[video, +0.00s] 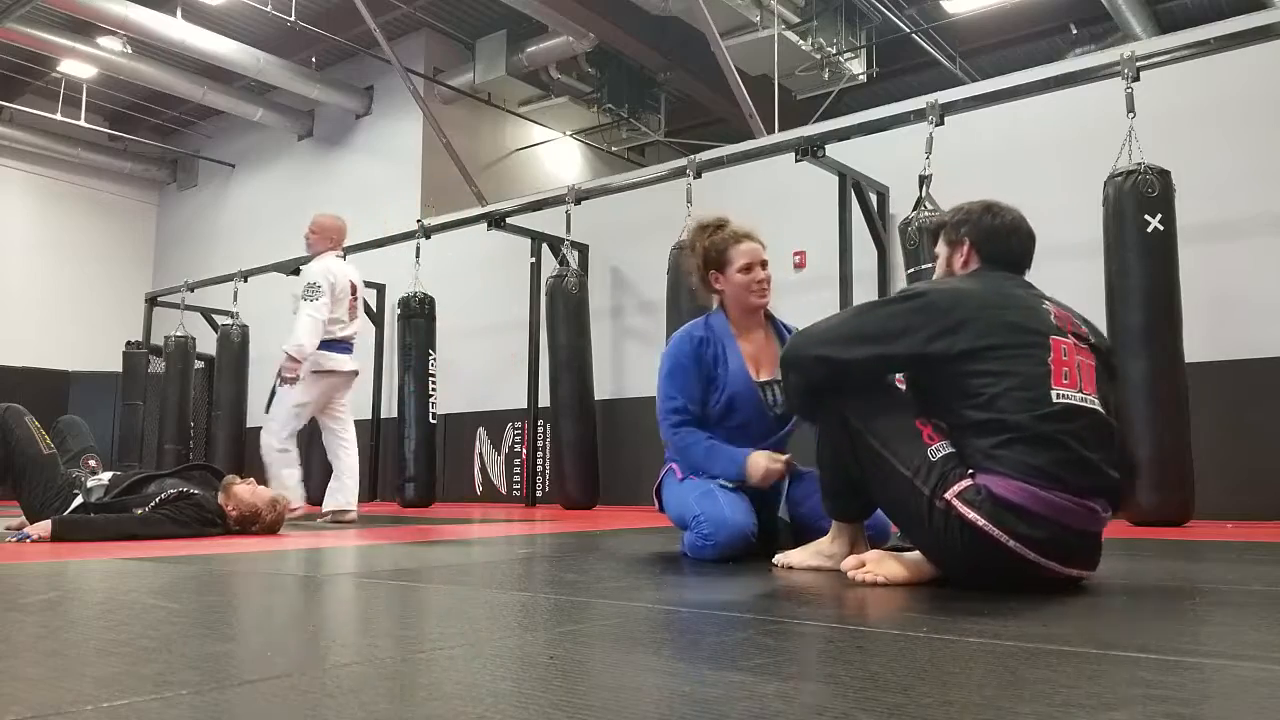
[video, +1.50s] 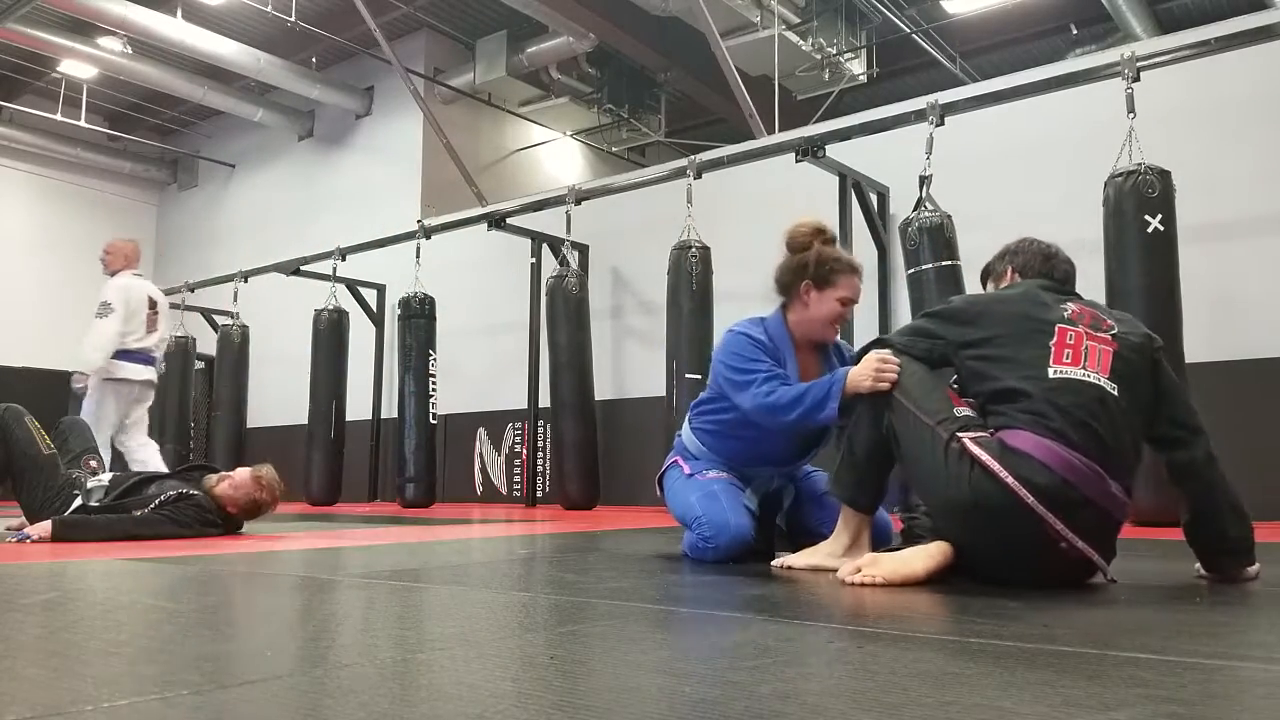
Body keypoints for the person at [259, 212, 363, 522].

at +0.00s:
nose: (306, 236)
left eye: (312, 232)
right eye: (308, 231)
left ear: (330, 240)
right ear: (335, 242)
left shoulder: (319, 270)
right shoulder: (350, 272)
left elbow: (312, 316)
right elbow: (352, 321)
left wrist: (293, 356)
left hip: (319, 363)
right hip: (344, 364)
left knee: (276, 429)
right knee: (340, 435)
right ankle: (343, 506)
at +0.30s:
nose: (257, 239)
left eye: (263, 236)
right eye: (259, 234)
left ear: (281, 244)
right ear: (285, 245)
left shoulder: (270, 276)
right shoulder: (298, 277)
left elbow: (270, 323)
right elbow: (300, 329)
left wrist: (259, 365)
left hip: (261, 362)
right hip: (291, 365)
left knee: (238, 432)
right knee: (289, 433)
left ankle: (225, 502)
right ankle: (326, 488)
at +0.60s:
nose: (217, 242)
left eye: (224, 238)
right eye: (219, 237)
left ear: (242, 244)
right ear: (245, 247)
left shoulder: (231, 272)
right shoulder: (262, 278)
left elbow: (199, 294)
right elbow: (264, 329)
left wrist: (148, 294)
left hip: (226, 361)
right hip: (251, 363)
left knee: (222, 435)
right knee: (229, 433)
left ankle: (230, 505)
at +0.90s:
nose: (185, 252)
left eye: (191, 247)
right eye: (186, 247)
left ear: (208, 253)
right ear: (211, 255)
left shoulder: (198, 279)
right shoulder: (228, 287)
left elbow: (178, 307)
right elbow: (233, 336)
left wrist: (122, 299)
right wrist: (224, 368)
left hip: (191, 369)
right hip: (215, 372)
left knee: (184, 440)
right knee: (191, 439)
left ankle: (212, 495)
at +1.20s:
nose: (149, 254)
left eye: (156, 251)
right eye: (151, 249)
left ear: (174, 257)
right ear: (178, 259)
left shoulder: (163, 283)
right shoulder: (192, 287)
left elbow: (159, 329)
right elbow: (206, 334)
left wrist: (135, 368)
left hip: (161, 372)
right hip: (187, 373)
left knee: (125, 435)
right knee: (182, 440)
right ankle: (192, 494)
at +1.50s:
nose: (102, 258)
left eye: (108, 254)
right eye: (103, 253)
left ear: (126, 257)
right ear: (130, 260)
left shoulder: (117, 286)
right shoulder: (156, 292)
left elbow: (105, 332)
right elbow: (161, 339)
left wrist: (84, 370)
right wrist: (149, 368)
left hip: (114, 374)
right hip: (145, 377)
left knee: (93, 436)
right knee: (134, 438)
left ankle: (93, 500)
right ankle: (165, 490)